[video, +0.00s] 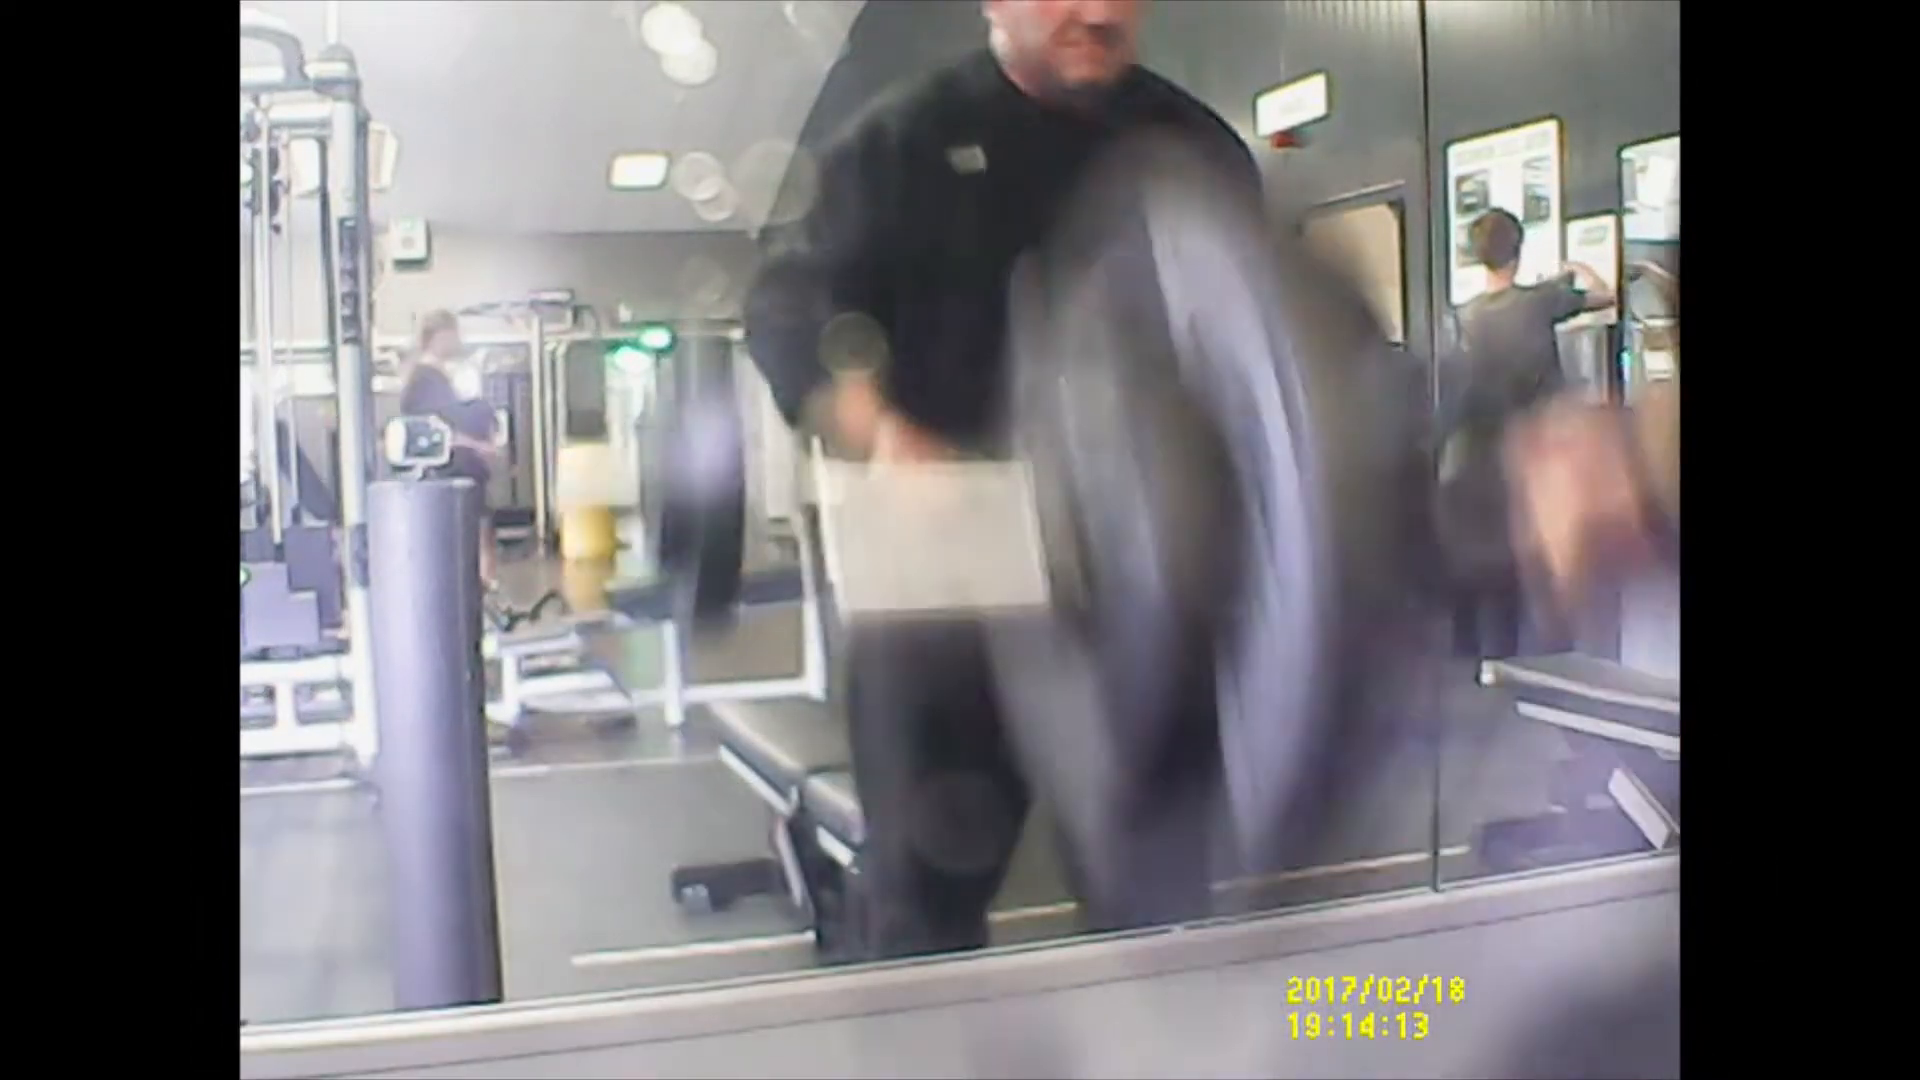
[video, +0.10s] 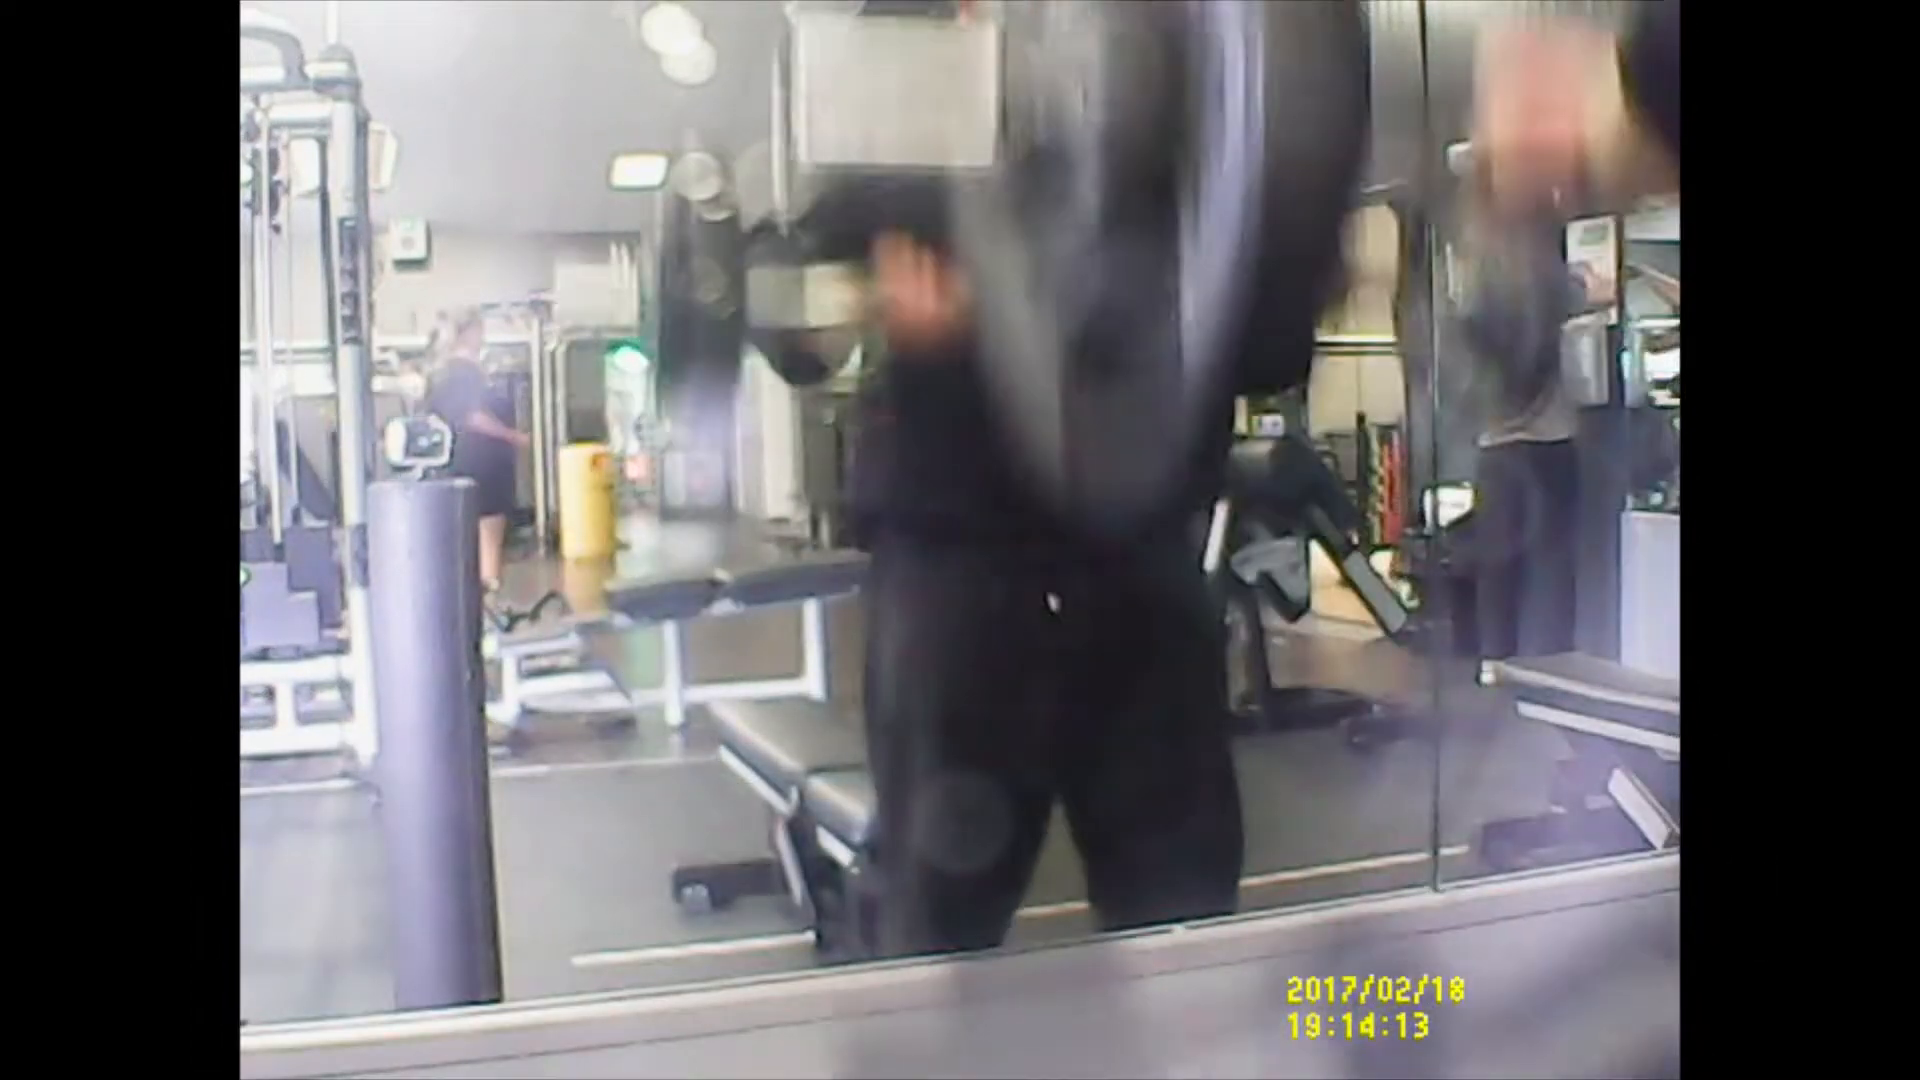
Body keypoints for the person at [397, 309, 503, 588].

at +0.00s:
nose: (456, 340)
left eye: (455, 333)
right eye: (450, 334)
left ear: (441, 336)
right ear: (433, 337)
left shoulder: (434, 375)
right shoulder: (427, 377)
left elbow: (440, 427)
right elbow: (435, 428)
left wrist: (479, 445)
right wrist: (479, 447)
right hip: (446, 480)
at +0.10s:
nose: (481, 339)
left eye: (480, 333)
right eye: (477, 333)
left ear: (452, 335)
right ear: (464, 334)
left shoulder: (439, 373)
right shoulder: (465, 371)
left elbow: (433, 418)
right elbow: (473, 416)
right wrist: (514, 436)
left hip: (452, 469)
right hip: (484, 469)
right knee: (489, 556)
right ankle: (491, 603)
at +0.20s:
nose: (505, 343)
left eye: (500, 335)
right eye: (502, 336)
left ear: (477, 339)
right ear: (501, 339)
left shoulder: (459, 376)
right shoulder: (511, 373)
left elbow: (454, 422)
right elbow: (521, 415)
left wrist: (468, 447)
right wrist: (549, 435)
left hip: (476, 465)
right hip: (507, 467)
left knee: (522, 536)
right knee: (500, 542)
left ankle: (526, 603)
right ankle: (491, 606)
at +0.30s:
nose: (516, 350)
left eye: (509, 342)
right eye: (517, 344)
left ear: (492, 343)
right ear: (518, 343)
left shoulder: (474, 380)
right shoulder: (529, 377)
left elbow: (465, 428)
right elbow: (549, 419)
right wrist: (561, 438)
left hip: (489, 469)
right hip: (521, 467)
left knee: (529, 541)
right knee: (508, 542)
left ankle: (549, 597)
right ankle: (498, 602)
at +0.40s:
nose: (521, 351)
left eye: (516, 346)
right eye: (525, 345)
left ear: (504, 346)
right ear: (529, 345)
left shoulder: (489, 380)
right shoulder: (541, 377)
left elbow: (478, 425)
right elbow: (564, 423)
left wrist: (496, 446)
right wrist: (574, 458)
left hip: (504, 468)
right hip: (535, 467)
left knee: (547, 541)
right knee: (522, 542)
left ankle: (563, 599)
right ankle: (505, 599)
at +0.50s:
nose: (533, 349)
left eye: (531, 343)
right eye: (535, 343)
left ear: (518, 347)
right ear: (546, 345)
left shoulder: (503, 383)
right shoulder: (559, 378)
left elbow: (492, 431)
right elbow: (580, 424)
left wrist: (516, 429)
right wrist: (597, 452)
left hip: (524, 466)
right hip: (555, 464)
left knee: (550, 539)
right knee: (555, 545)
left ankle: (571, 601)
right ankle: (520, 607)